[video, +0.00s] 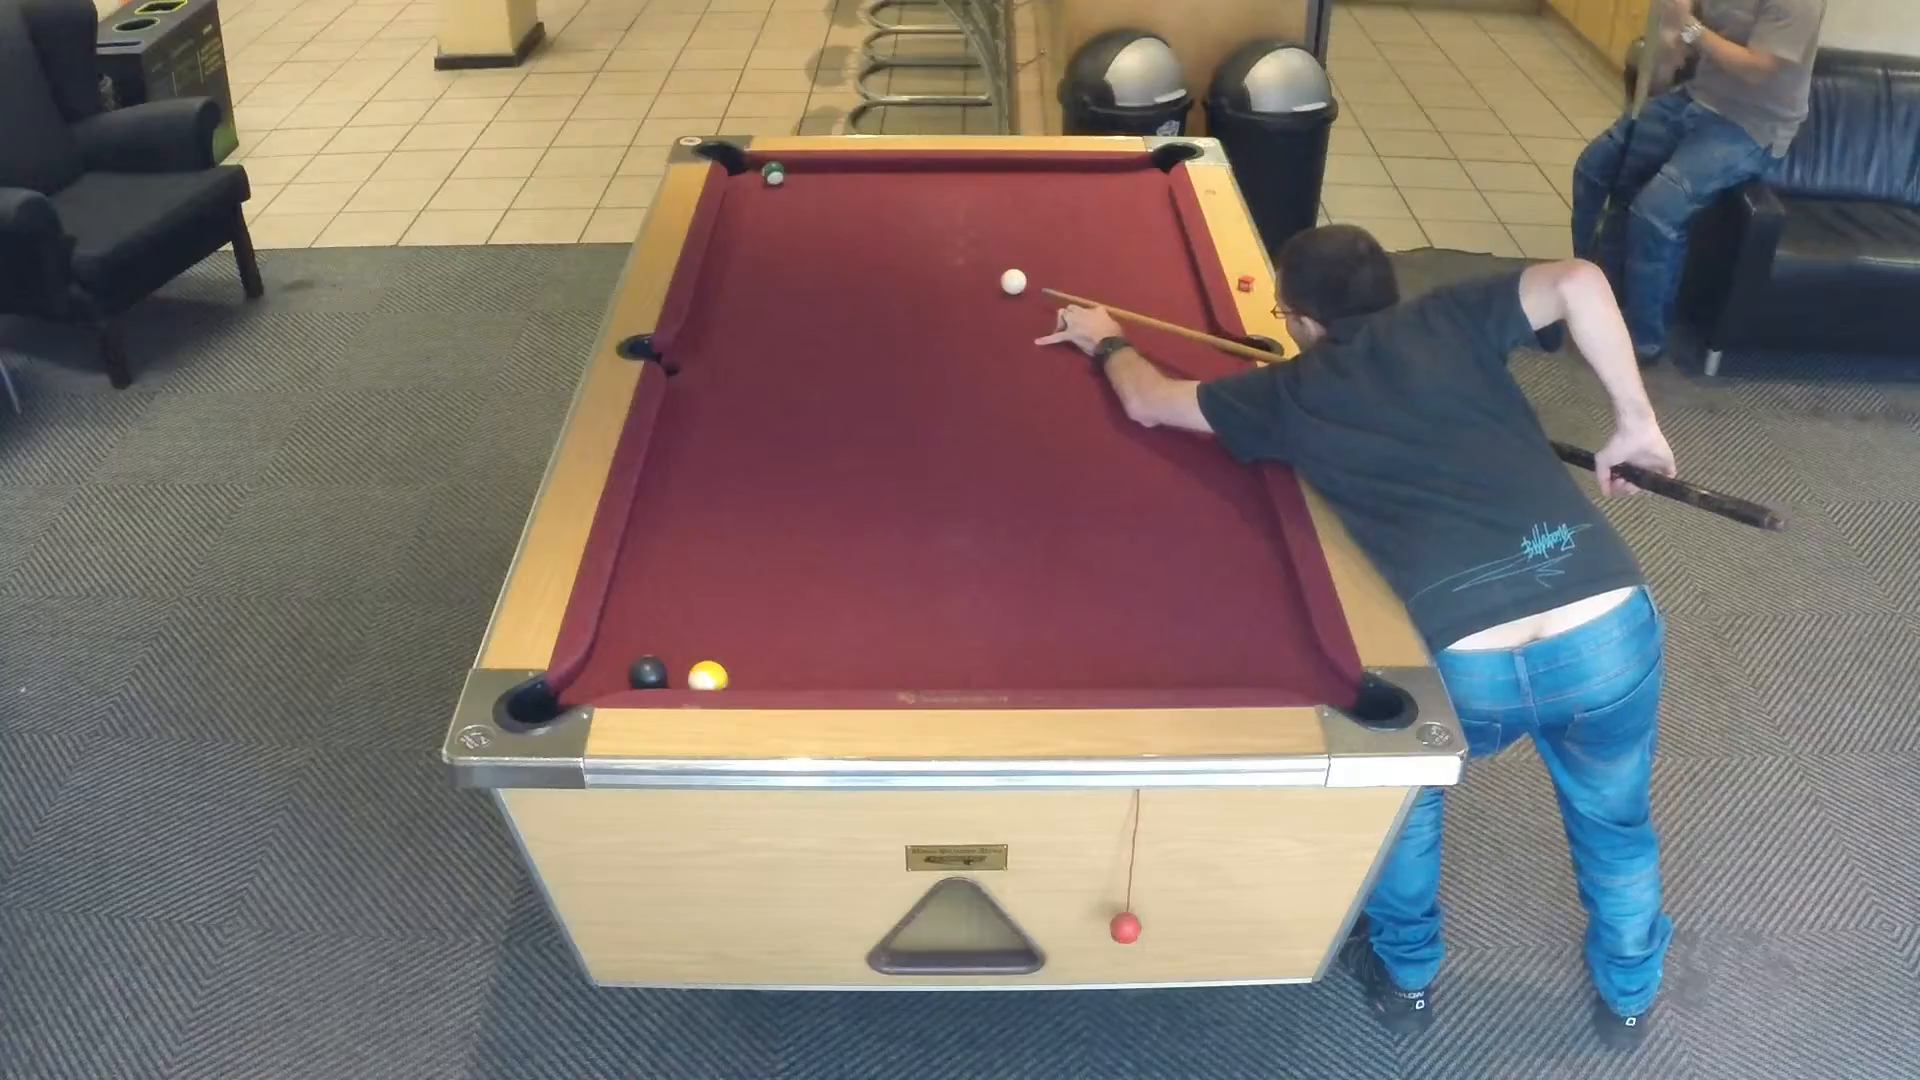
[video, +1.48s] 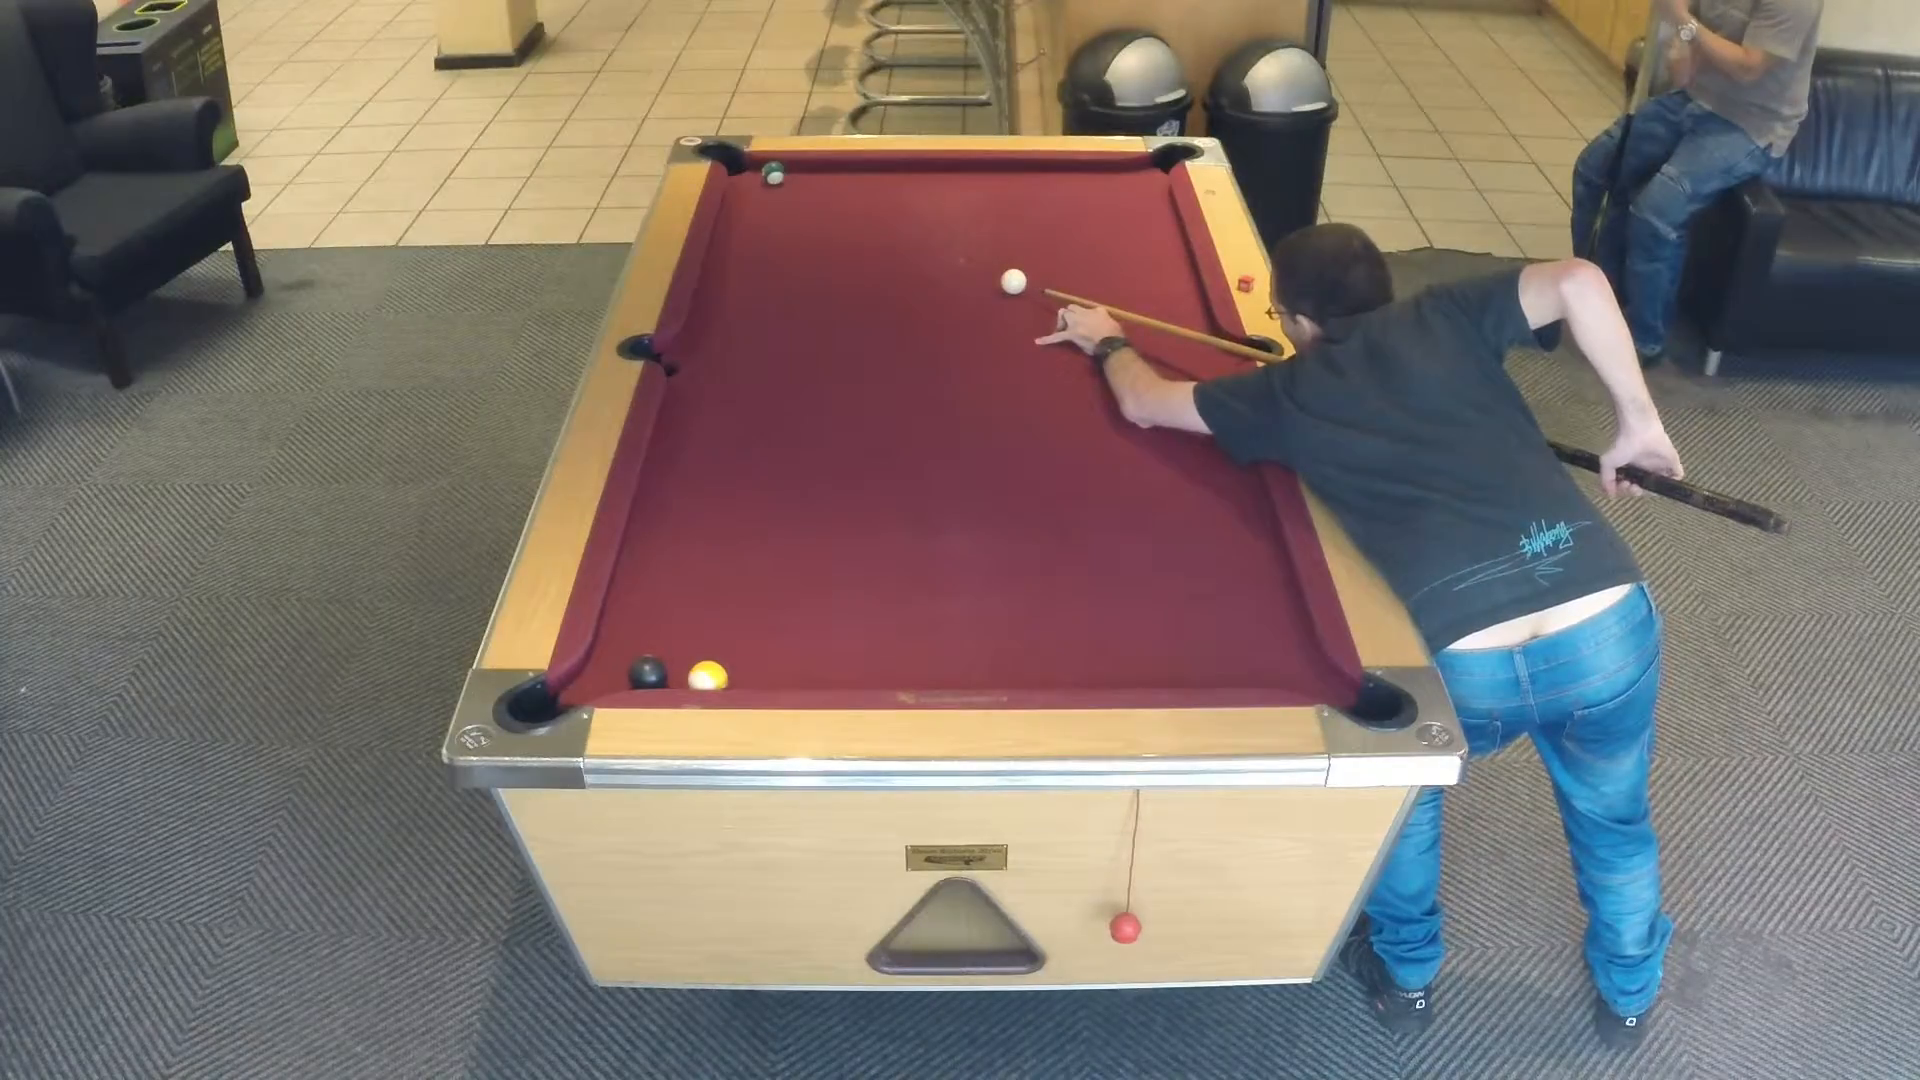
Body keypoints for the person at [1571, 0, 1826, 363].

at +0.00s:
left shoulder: (1797, 6)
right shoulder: (1712, 6)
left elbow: (1758, 69)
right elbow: (1657, 78)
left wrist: (1689, 26)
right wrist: (1669, 37)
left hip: (1748, 127)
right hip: (1694, 101)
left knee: (1653, 211)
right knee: (1592, 170)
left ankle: (1643, 342)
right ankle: (1586, 300)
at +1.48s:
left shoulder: (1794, 6)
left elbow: (1747, 68)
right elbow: (1682, 75)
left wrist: (1682, 18)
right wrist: (1680, 39)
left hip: (1749, 126)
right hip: (1692, 100)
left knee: (1655, 210)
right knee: (1593, 168)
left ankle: (1645, 342)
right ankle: (1592, 303)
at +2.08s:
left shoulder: (1793, 6)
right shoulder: (1703, 2)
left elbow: (1771, 76)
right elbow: (1686, 43)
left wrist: (1704, 31)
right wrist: (1667, 105)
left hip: (1747, 127)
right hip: (1689, 103)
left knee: (1655, 209)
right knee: (1594, 169)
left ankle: (1642, 345)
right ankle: (1590, 303)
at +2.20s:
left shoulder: (1793, 6)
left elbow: (1771, 75)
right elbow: (1685, 44)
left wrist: (1704, 31)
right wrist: (1666, 106)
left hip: (1747, 126)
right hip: (1689, 102)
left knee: (1655, 209)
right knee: (1594, 169)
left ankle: (1642, 345)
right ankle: (1590, 303)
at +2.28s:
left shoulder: (1792, 6)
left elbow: (1770, 75)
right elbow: (1685, 44)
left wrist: (1703, 30)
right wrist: (1665, 106)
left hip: (1747, 126)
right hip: (1690, 103)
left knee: (1655, 209)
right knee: (1594, 169)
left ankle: (1643, 345)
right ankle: (1588, 302)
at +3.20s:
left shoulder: (1791, 7)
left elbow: (1769, 76)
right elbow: (1686, 39)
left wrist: (1702, 27)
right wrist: (1666, 106)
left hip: (1746, 127)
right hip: (1689, 103)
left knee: (1654, 211)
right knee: (1594, 168)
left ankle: (1643, 342)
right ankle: (1590, 299)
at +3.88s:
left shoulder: (1792, 6)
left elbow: (1770, 76)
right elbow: (1686, 42)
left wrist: (1704, 29)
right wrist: (1665, 106)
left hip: (1746, 128)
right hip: (1689, 104)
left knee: (1653, 211)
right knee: (1595, 168)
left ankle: (1643, 342)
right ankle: (1592, 300)